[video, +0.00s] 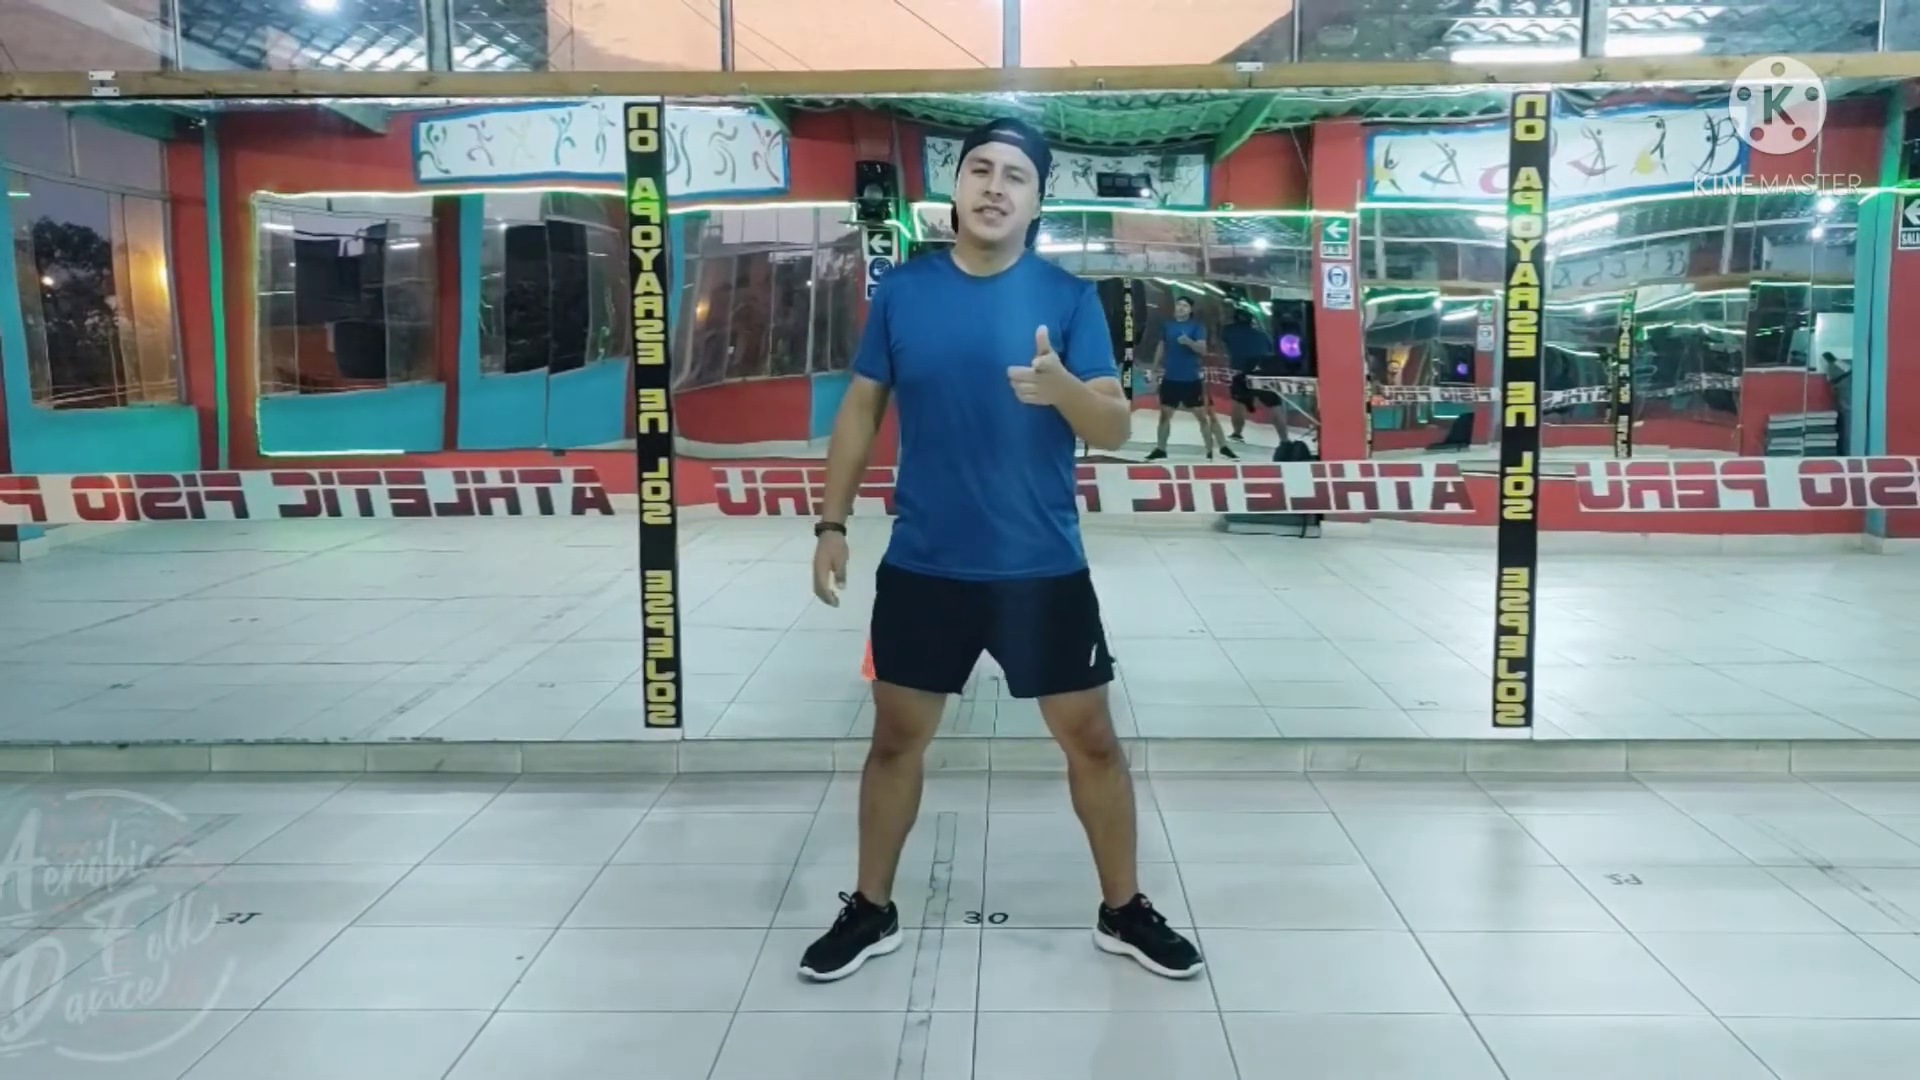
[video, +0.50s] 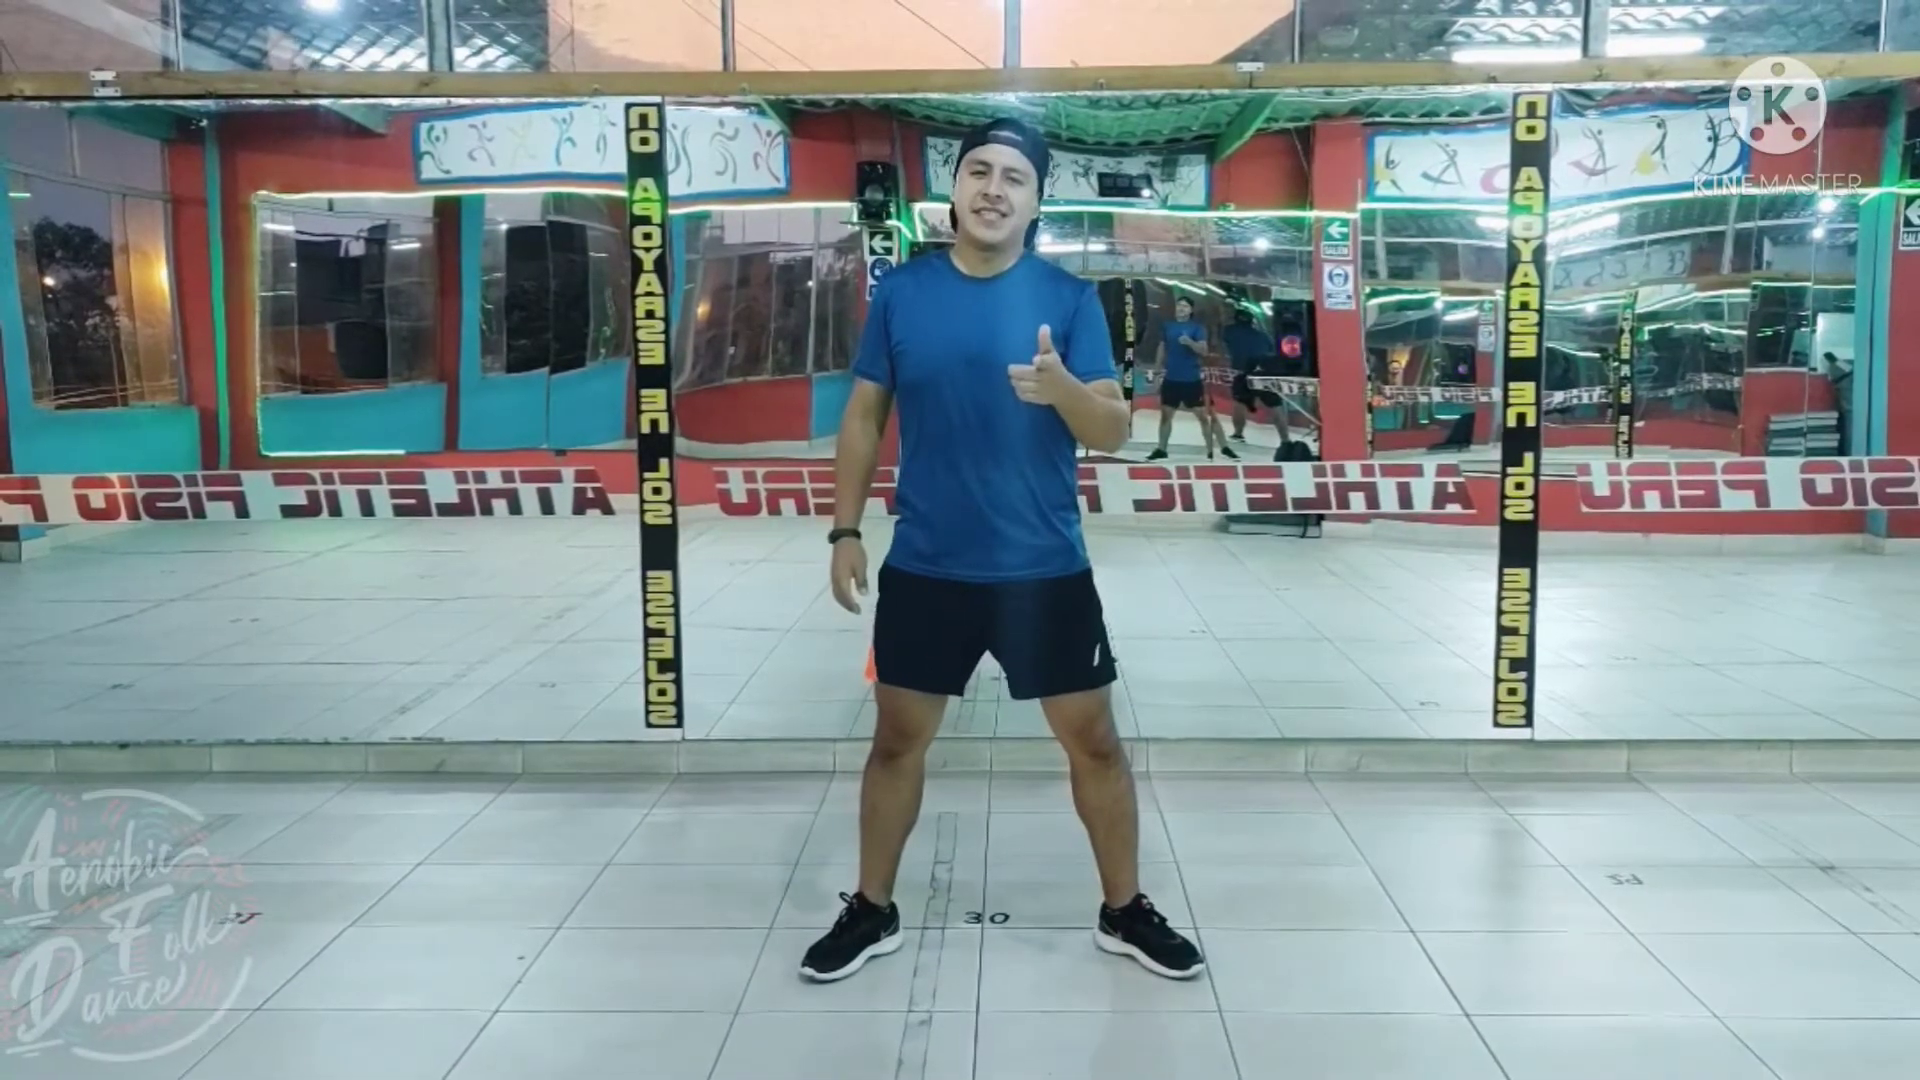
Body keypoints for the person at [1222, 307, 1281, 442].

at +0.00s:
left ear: (1235, 319)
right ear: (1251, 320)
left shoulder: (1229, 332)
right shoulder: (1260, 334)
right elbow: (1271, 351)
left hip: (1241, 367)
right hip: (1264, 368)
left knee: (1239, 401)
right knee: (1274, 405)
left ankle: (1237, 433)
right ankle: (1284, 440)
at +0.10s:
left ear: (1235, 319)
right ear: (1251, 321)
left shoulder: (1229, 332)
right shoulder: (1261, 334)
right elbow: (1271, 350)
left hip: (1241, 368)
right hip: (1264, 368)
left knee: (1239, 401)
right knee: (1275, 405)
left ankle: (1237, 433)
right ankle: (1285, 440)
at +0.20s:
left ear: (1235, 319)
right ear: (1251, 320)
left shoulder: (1229, 332)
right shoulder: (1260, 334)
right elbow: (1271, 350)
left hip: (1241, 369)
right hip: (1264, 369)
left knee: (1239, 402)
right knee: (1275, 406)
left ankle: (1237, 433)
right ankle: (1285, 440)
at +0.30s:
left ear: (1235, 319)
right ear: (1251, 320)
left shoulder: (1229, 332)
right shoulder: (1260, 334)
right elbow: (1271, 351)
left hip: (1241, 369)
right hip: (1264, 370)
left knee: (1240, 402)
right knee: (1275, 406)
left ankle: (1238, 433)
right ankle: (1285, 440)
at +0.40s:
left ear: (1235, 319)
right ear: (1251, 321)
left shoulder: (1230, 332)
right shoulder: (1261, 335)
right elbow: (1271, 350)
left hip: (1241, 369)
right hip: (1264, 370)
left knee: (1239, 402)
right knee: (1275, 406)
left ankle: (1238, 433)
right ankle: (1285, 440)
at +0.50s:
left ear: (1235, 319)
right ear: (1251, 320)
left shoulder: (1230, 331)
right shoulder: (1261, 334)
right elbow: (1271, 350)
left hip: (1241, 368)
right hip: (1264, 370)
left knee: (1239, 401)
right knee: (1275, 405)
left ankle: (1238, 433)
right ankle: (1285, 440)